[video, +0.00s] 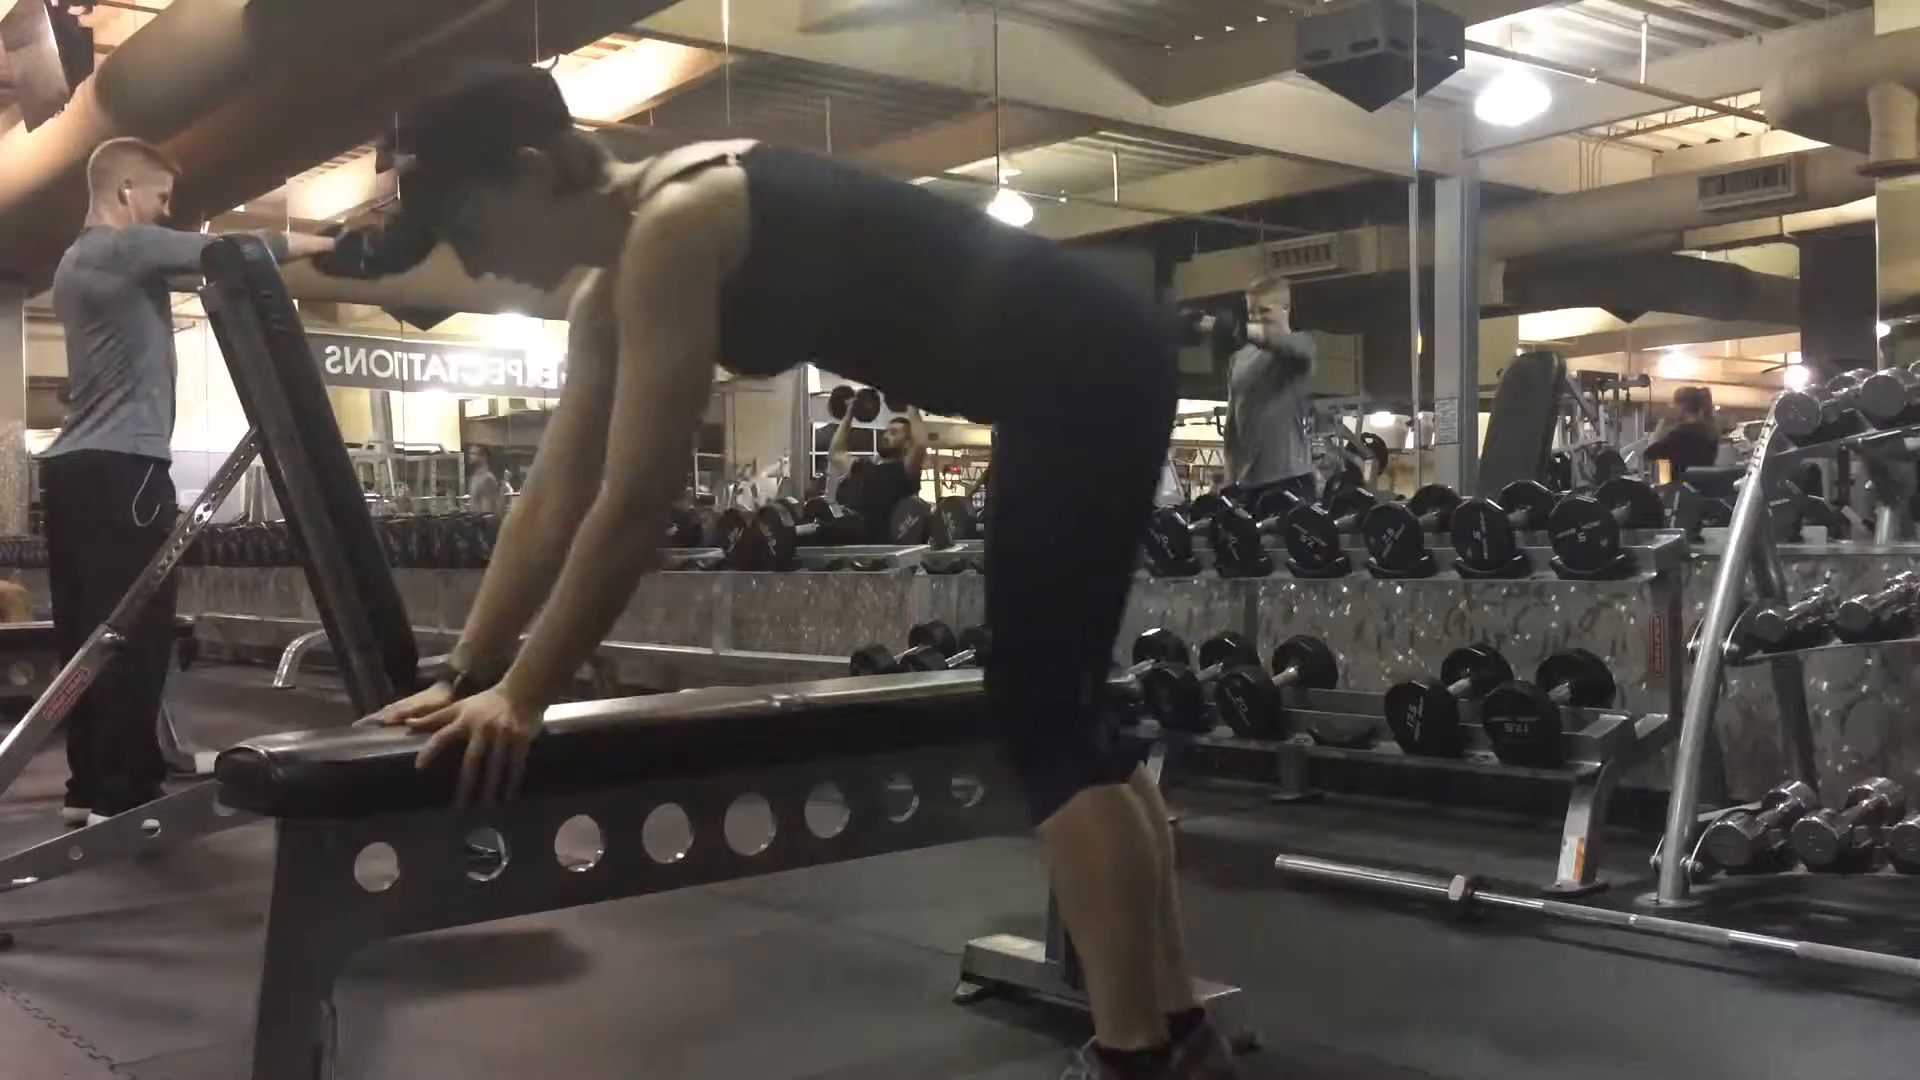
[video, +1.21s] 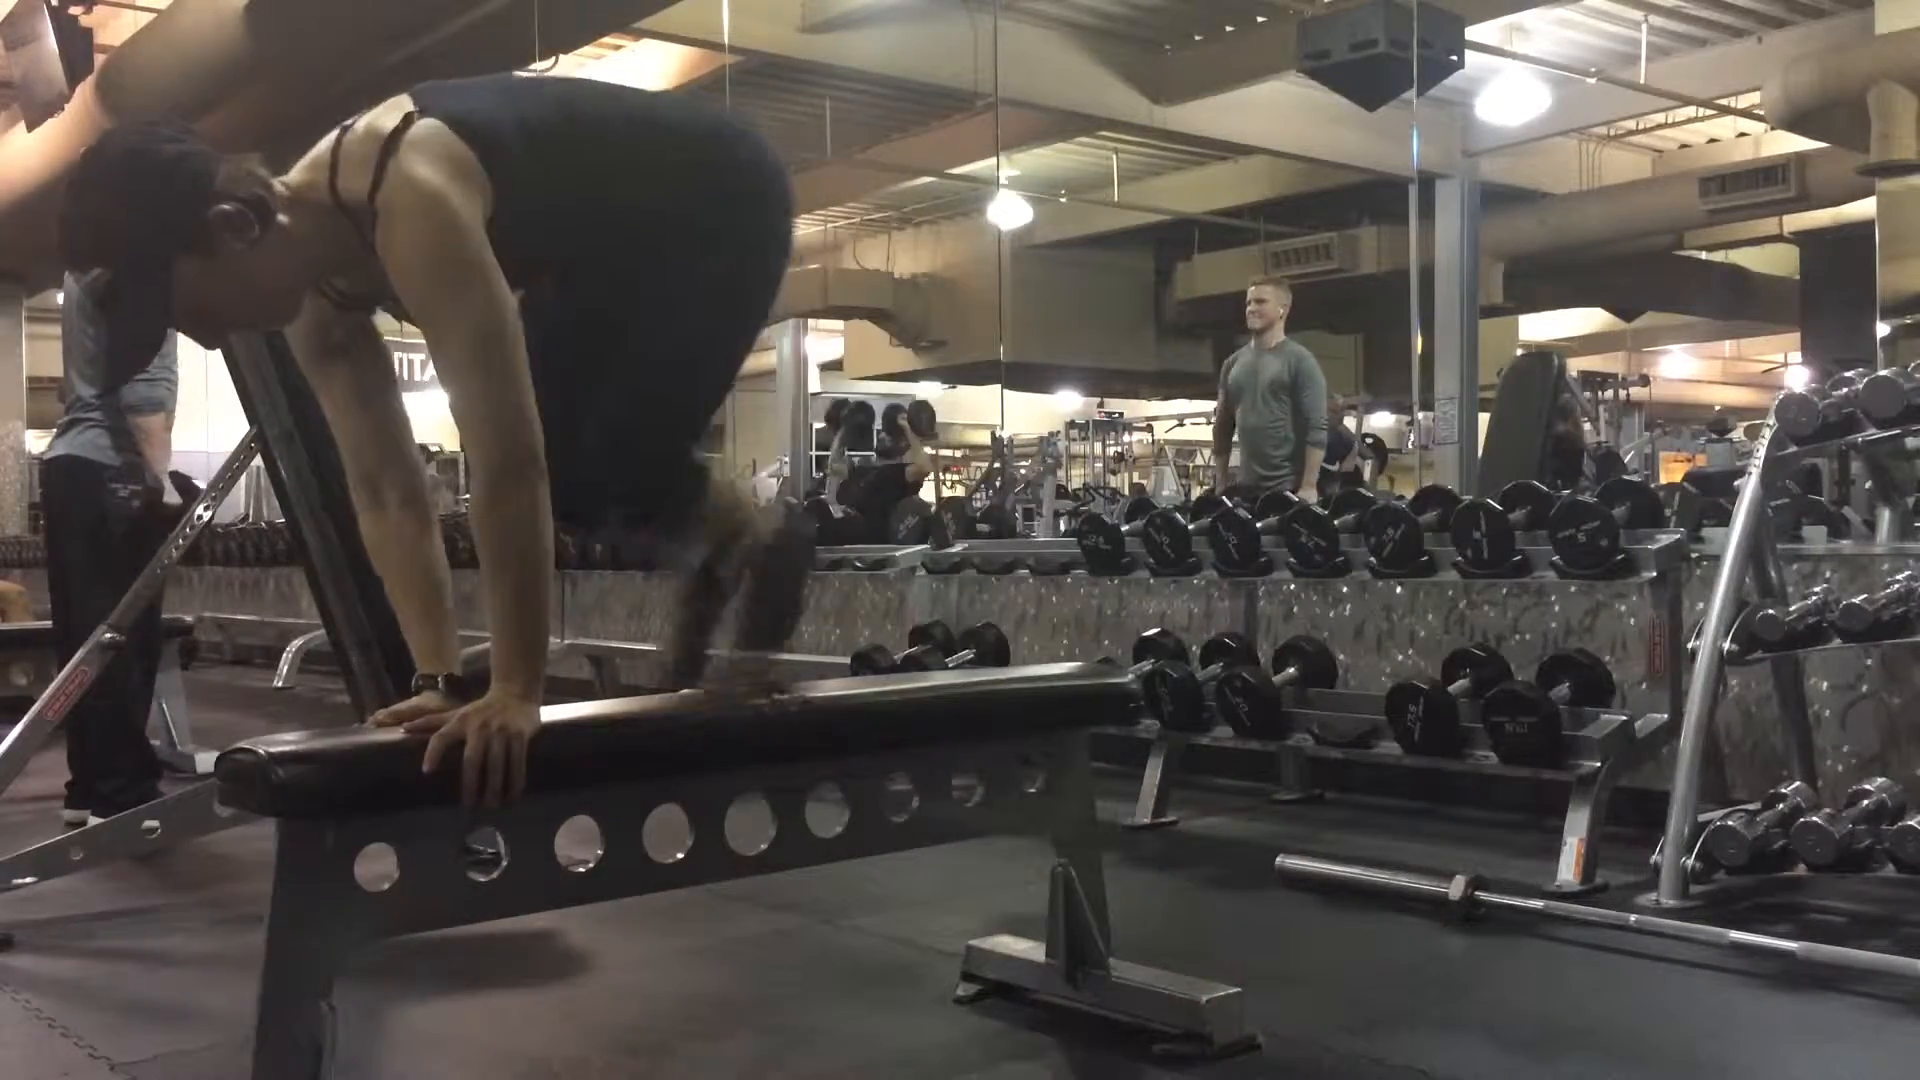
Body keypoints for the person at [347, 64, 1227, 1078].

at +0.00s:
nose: (477, 267)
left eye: (473, 233)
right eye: (460, 244)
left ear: (539, 170)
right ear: (540, 178)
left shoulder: (673, 232)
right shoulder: (619, 272)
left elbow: (639, 498)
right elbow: (559, 487)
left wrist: (518, 697)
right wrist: (464, 672)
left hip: (1081, 362)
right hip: (1073, 362)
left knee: (1041, 723)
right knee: (1071, 714)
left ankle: (1134, 1046)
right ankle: (1172, 1015)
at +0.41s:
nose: (403, 258)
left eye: (394, 225)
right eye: (384, 240)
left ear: (451, 157)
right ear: (451, 169)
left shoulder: (607, 220)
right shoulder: (543, 273)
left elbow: (612, 501)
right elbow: (515, 482)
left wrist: (516, 694)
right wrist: (456, 672)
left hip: (1009, 374)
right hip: (965, 393)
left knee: (1021, 722)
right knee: (1018, 715)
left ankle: (1134, 1035)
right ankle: (1149, 994)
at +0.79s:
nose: (274, 281)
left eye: (260, 248)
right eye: (251, 263)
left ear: (314, 181)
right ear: (296, 210)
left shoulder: (512, 218)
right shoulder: (411, 279)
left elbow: (570, 492)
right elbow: (444, 478)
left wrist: (522, 688)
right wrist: (448, 670)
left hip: (887, 356)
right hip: (824, 385)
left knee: (957, 681)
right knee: (948, 677)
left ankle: (1077, 956)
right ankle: (1077, 940)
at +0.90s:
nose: (259, 300)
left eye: (240, 273)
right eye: (232, 290)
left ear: (266, 181)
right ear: (261, 190)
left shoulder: (444, 191)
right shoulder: (355, 265)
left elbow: (522, 453)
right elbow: (415, 473)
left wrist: (518, 684)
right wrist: (440, 672)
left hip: (811, 231)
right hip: (745, 271)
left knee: (842, 540)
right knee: (824, 542)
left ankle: (1070, 778)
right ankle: (1049, 752)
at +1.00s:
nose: (238, 324)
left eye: (222, 297)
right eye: (211, 313)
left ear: (253, 205)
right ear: (238, 216)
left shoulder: (425, 202)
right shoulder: (337, 266)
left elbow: (508, 459)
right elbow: (402, 475)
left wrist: (514, 687)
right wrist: (440, 670)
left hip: (776, 196)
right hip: (701, 235)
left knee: (717, 483)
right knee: (685, 504)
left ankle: (953, 444)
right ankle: (934, 441)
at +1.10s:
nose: (232, 341)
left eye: (213, 312)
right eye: (204, 329)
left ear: (247, 224)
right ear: (245, 227)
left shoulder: (421, 201)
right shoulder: (335, 286)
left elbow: (511, 458)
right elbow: (400, 478)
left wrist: (516, 692)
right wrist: (439, 677)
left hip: (748, 202)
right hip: (648, 230)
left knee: (633, 471)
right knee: (574, 473)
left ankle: (830, 369)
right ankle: (803, 373)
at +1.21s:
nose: (214, 340)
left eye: (198, 311)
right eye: (189, 326)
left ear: (240, 221)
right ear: (239, 225)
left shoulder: (418, 206)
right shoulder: (309, 284)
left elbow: (508, 459)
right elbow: (386, 485)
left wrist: (516, 691)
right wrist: (438, 680)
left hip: (718, 201)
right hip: (600, 245)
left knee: (607, 469)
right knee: (552, 473)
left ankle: (760, 530)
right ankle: (712, 545)